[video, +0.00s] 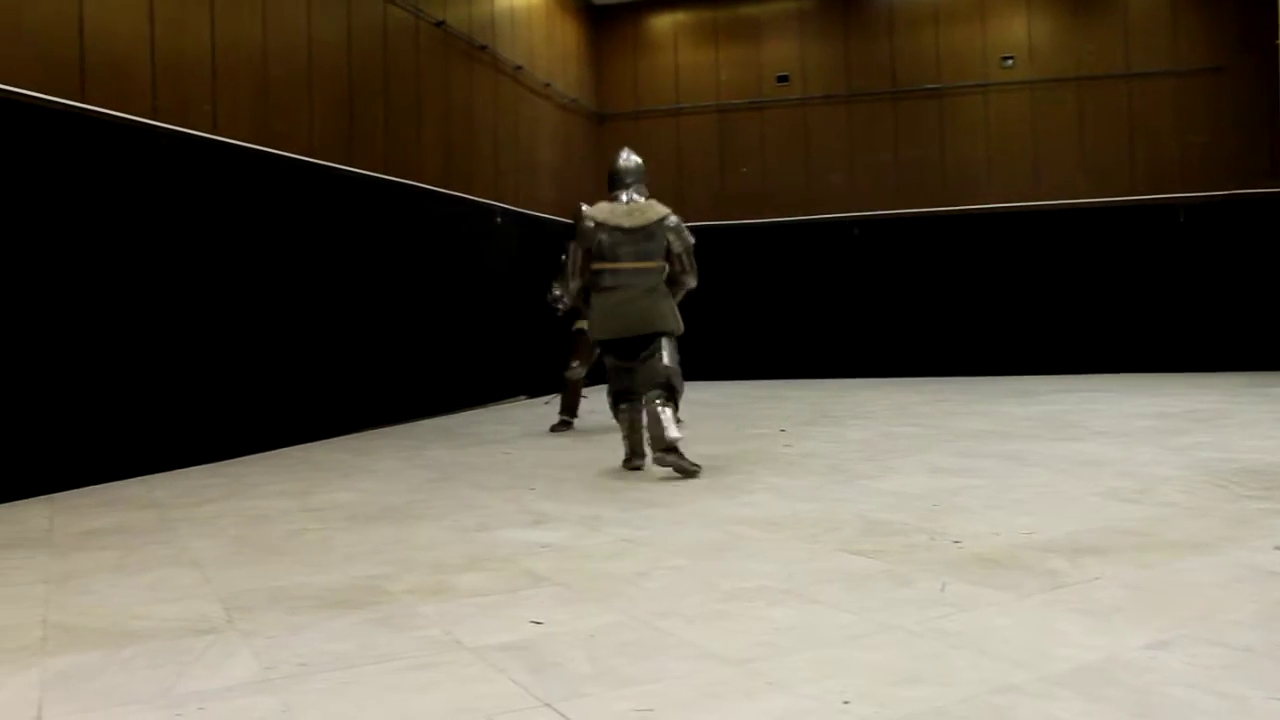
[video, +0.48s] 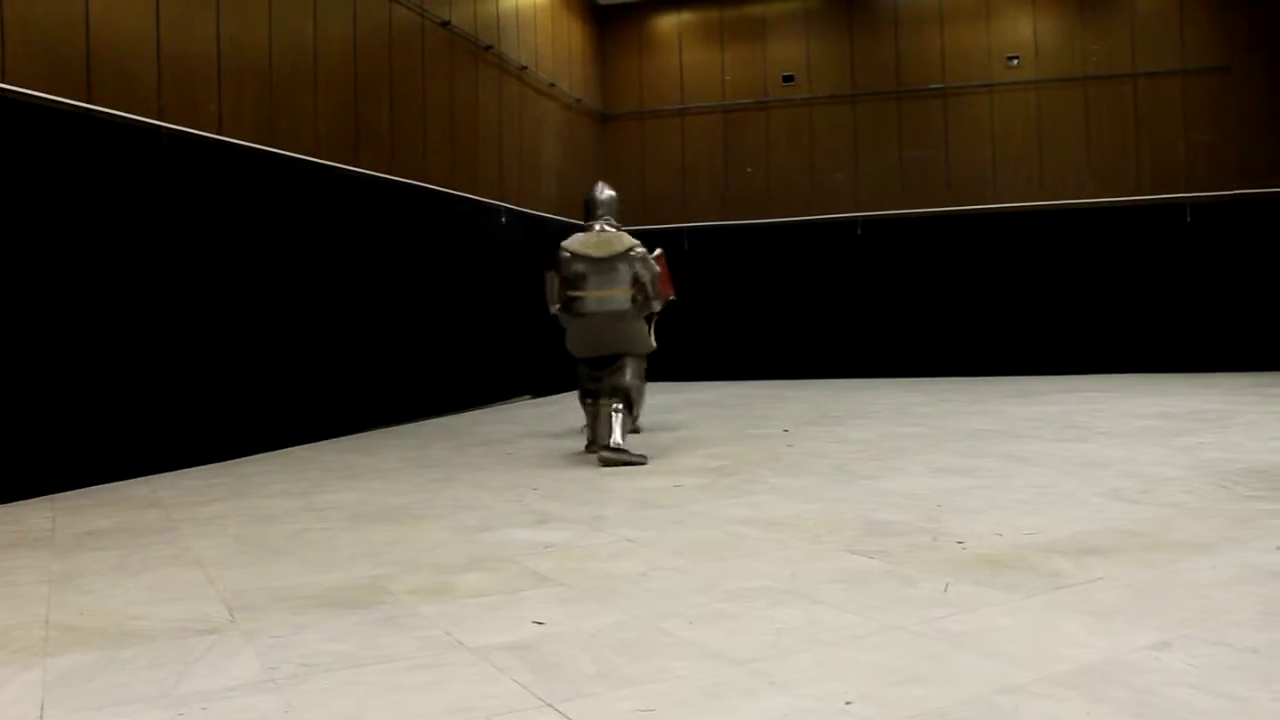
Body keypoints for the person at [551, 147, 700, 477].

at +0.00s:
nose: (632, 186)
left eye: (621, 180)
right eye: (636, 179)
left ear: (611, 180)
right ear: (644, 179)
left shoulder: (592, 219)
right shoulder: (665, 219)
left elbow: (576, 277)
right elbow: (686, 277)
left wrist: (582, 306)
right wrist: (662, 304)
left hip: (610, 314)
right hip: (655, 312)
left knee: (622, 381)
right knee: (659, 377)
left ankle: (634, 452)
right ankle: (666, 442)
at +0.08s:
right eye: (641, 169)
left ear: (614, 170)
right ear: (647, 169)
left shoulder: (594, 207)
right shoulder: (667, 207)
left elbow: (577, 263)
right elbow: (688, 261)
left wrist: (593, 288)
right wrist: (664, 286)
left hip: (610, 307)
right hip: (654, 305)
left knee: (626, 376)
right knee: (658, 374)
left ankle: (635, 448)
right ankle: (654, 445)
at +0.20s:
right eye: (636, 175)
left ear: (611, 176)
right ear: (641, 175)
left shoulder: (592, 212)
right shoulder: (661, 212)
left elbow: (575, 261)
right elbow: (680, 262)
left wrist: (585, 289)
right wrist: (654, 270)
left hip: (606, 308)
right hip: (647, 308)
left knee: (616, 370)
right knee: (640, 374)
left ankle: (616, 439)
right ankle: (624, 446)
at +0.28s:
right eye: (631, 187)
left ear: (606, 189)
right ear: (636, 188)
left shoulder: (589, 223)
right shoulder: (653, 223)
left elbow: (574, 276)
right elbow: (670, 273)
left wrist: (581, 300)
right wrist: (654, 297)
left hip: (600, 313)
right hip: (640, 313)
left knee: (604, 370)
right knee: (636, 378)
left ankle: (608, 440)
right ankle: (622, 447)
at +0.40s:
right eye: (622, 205)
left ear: (597, 206)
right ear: (626, 205)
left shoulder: (578, 242)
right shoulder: (643, 242)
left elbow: (561, 295)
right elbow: (663, 293)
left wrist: (576, 323)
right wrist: (647, 309)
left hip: (591, 327)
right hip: (631, 327)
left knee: (598, 379)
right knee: (632, 385)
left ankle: (598, 434)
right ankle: (621, 445)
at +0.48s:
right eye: (613, 209)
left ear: (587, 212)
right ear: (617, 210)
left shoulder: (568, 249)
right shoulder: (632, 248)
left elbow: (559, 300)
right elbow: (653, 295)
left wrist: (578, 319)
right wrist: (634, 314)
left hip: (583, 331)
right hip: (624, 330)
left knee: (588, 370)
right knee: (632, 360)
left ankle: (594, 434)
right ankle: (616, 438)